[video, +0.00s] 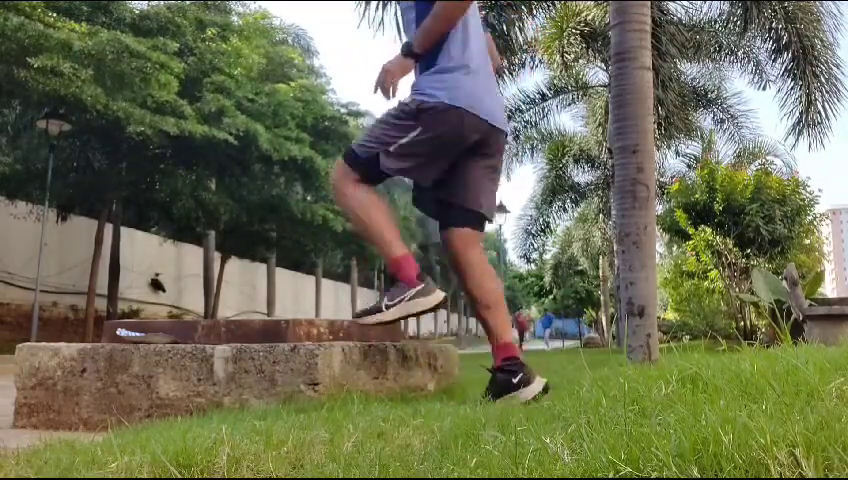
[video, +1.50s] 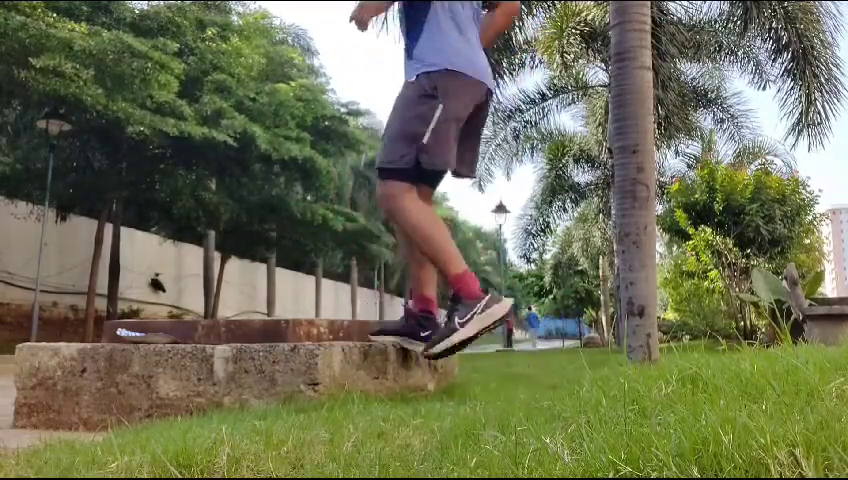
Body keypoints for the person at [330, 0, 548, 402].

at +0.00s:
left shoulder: (424, 7)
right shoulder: (459, 14)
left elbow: (459, 2)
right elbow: (492, 57)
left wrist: (408, 55)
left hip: (445, 96)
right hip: (492, 114)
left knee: (348, 176)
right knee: (464, 239)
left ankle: (407, 277)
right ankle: (510, 365)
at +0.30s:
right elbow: (489, 5)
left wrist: (386, 3)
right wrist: (452, 32)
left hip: (430, 49)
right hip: (474, 59)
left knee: (393, 177)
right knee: (420, 185)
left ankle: (403, 308)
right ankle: (436, 306)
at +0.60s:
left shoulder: (425, 3)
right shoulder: (492, 3)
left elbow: (430, 6)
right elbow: (531, 21)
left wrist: (401, 33)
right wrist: (489, 62)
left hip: (458, 95)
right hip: (496, 103)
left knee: (459, 239)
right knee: (395, 188)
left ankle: (505, 367)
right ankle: (446, 288)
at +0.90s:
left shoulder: (437, 4)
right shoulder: (488, 14)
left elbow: (482, 4)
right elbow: (524, 60)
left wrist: (419, 60)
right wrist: (483, 102)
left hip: (454, 121)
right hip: (503, 133)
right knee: (462, 258)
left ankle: (483, 321)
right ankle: (517, 372)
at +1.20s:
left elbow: (422, 2)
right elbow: (492, 23)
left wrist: (384, 34)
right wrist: (440, 49)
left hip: (428, 77)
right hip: (476, 89)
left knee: (366, 189)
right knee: (432, 214)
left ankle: (393, 308)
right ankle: (492, 321)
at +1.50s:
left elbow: (373, 7)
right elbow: (509, 6)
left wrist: (364, 12)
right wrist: (470, 46)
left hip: (440, 65)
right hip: (473, 72)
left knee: (394, 193)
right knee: (420, 195)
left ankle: (472, 295)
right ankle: (423, 313)